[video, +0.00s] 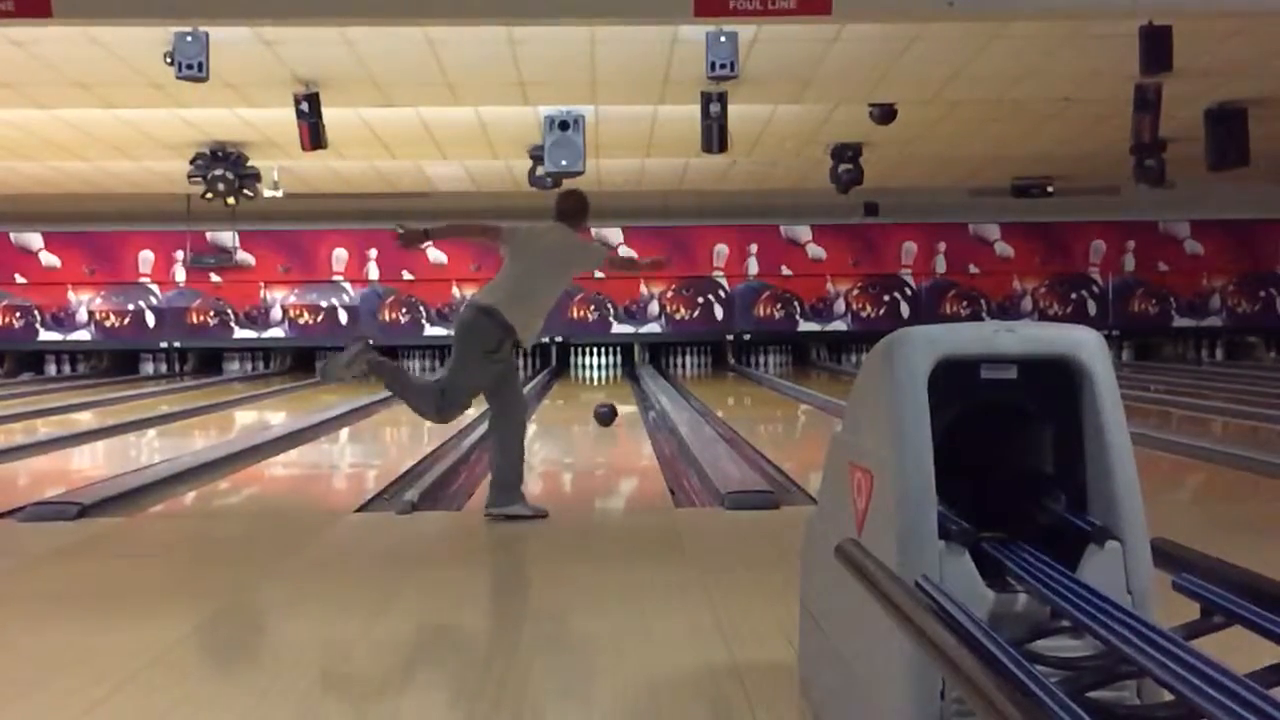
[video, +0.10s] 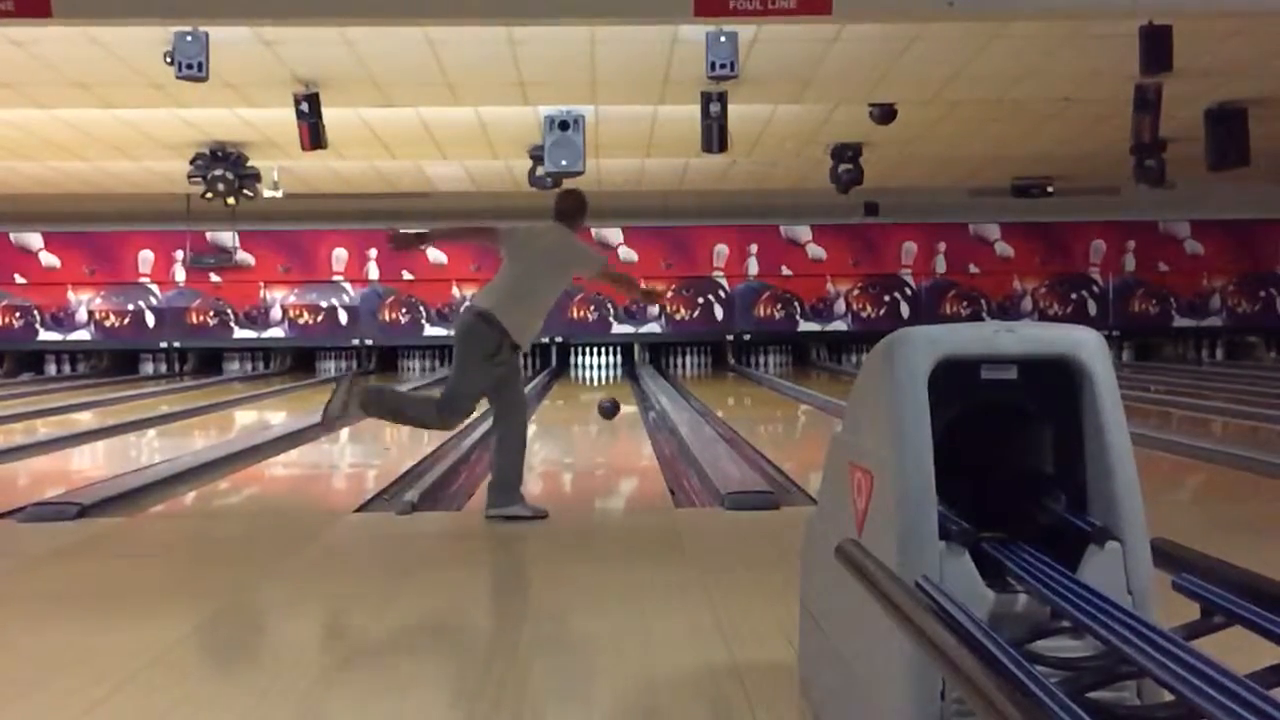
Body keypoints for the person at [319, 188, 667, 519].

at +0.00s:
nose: (587, 229)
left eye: (582, 222)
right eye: (587, 224)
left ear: (555, 214)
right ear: (584, 222)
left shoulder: (526, 232)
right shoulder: (577, 246)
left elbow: (477, 230)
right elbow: (620, 263)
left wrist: (426, 235)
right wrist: (650, 264)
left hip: (486, 330)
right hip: (489, 329)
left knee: (511, 415)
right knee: (442, 405)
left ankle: (505, 500)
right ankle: (374, 364)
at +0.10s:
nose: (583, 226)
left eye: (578, 218)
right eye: (584, 220)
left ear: (553, 211)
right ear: (581, 220)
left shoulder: (524, 231)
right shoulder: (573, 248)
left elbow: (475, 230)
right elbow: (617, 281)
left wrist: (422, 238)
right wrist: (645, 292)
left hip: (499, 343)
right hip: (483, 331)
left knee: (513, 417)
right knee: (449, 413)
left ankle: (505, 501)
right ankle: (361, 395)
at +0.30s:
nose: (584, 220)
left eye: (578, 211)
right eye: (584, 214)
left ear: (553, 208)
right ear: (581, 215)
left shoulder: (524, 228)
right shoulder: (576, 251)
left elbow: (468, 232)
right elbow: (606, 300)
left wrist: (417, 248)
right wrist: (631, 336)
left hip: (498, 341)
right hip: (484, 335)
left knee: (514, 415)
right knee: (456, 417)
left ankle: (504, 500)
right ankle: (368, 443)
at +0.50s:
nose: (580, 217)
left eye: (572, 209)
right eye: (581, 211)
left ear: (550, 205)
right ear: (579, 212)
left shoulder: (523, 226)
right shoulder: (574, 252)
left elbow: (465, 234)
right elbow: (585, 313)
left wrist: (416, 249)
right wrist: (595, 354)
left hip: (500, 341)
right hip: (487, 335)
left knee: (513, 418)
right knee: (459, 414)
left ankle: (505, 500)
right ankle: (379, 463)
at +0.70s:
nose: (576, 213)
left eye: (574, 205)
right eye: (578, 207)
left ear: (548, 199)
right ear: (576, 207)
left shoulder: (523, 220)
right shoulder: (559, 239)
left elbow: (472, 235)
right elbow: (545, 299)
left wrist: (426, 254)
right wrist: (544, 361)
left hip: (498, 336)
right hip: (489, 332)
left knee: (518, 416)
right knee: (461, 415)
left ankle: (505, 500)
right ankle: (393, 484)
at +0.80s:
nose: (574, 210)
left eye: (571, 201)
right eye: (576, 204)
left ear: (547, 196)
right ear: (575, 204)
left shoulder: (521, 219)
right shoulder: (555, 236)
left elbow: (472, 235)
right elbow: (529, 280)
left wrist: (428, 258)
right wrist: (515, 333)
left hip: (487, 327)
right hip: (491, 332)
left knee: (517, 414)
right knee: (461, 414)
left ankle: (506, 501)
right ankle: (393, 483)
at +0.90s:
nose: (573, 207)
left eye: (570, 199)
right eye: (575, 200)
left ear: (545, 195)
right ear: (574, 201)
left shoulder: (522, 218)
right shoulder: (551, 229)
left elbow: (473, 236)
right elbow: (517, 260)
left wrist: (428, 261)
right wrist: (487, 314)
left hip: (499, 333)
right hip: (492, 331)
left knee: (514, 415)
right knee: (463, 414)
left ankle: (505, 501)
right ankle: (394, 482)